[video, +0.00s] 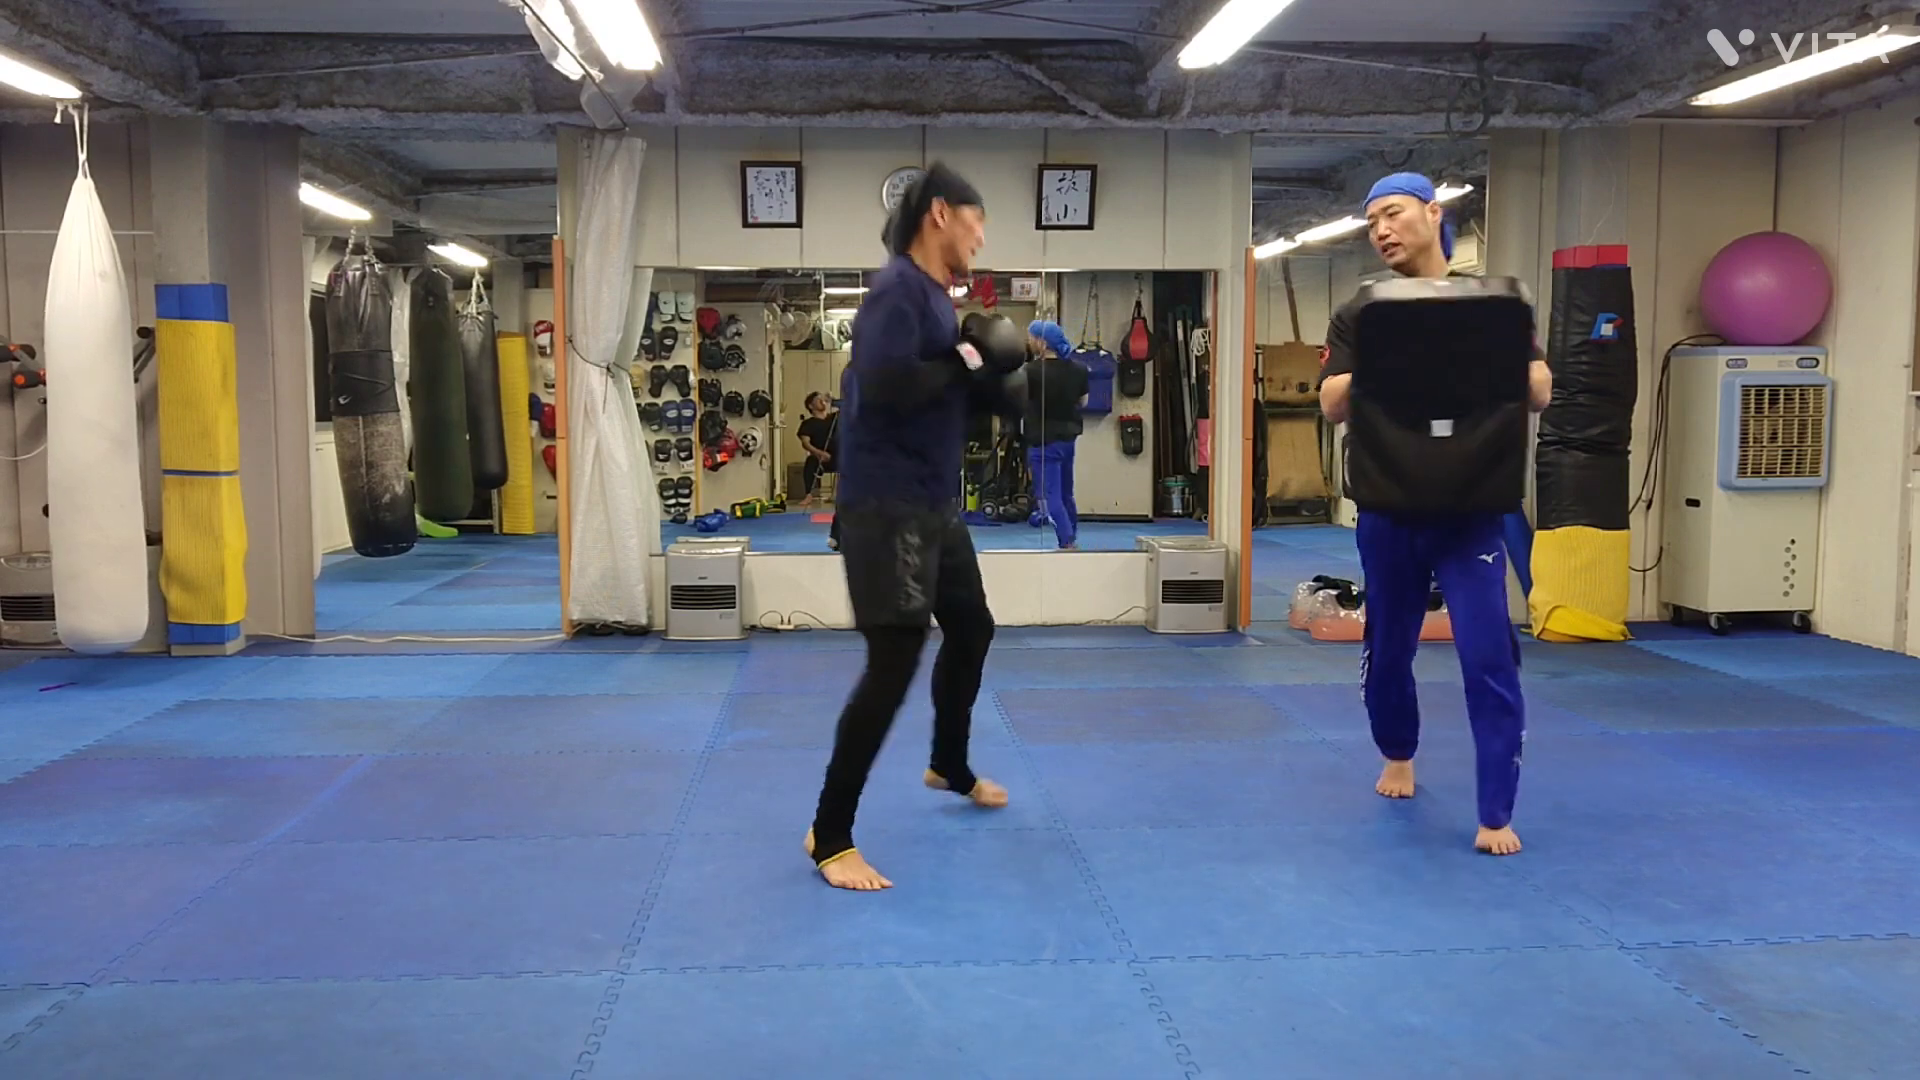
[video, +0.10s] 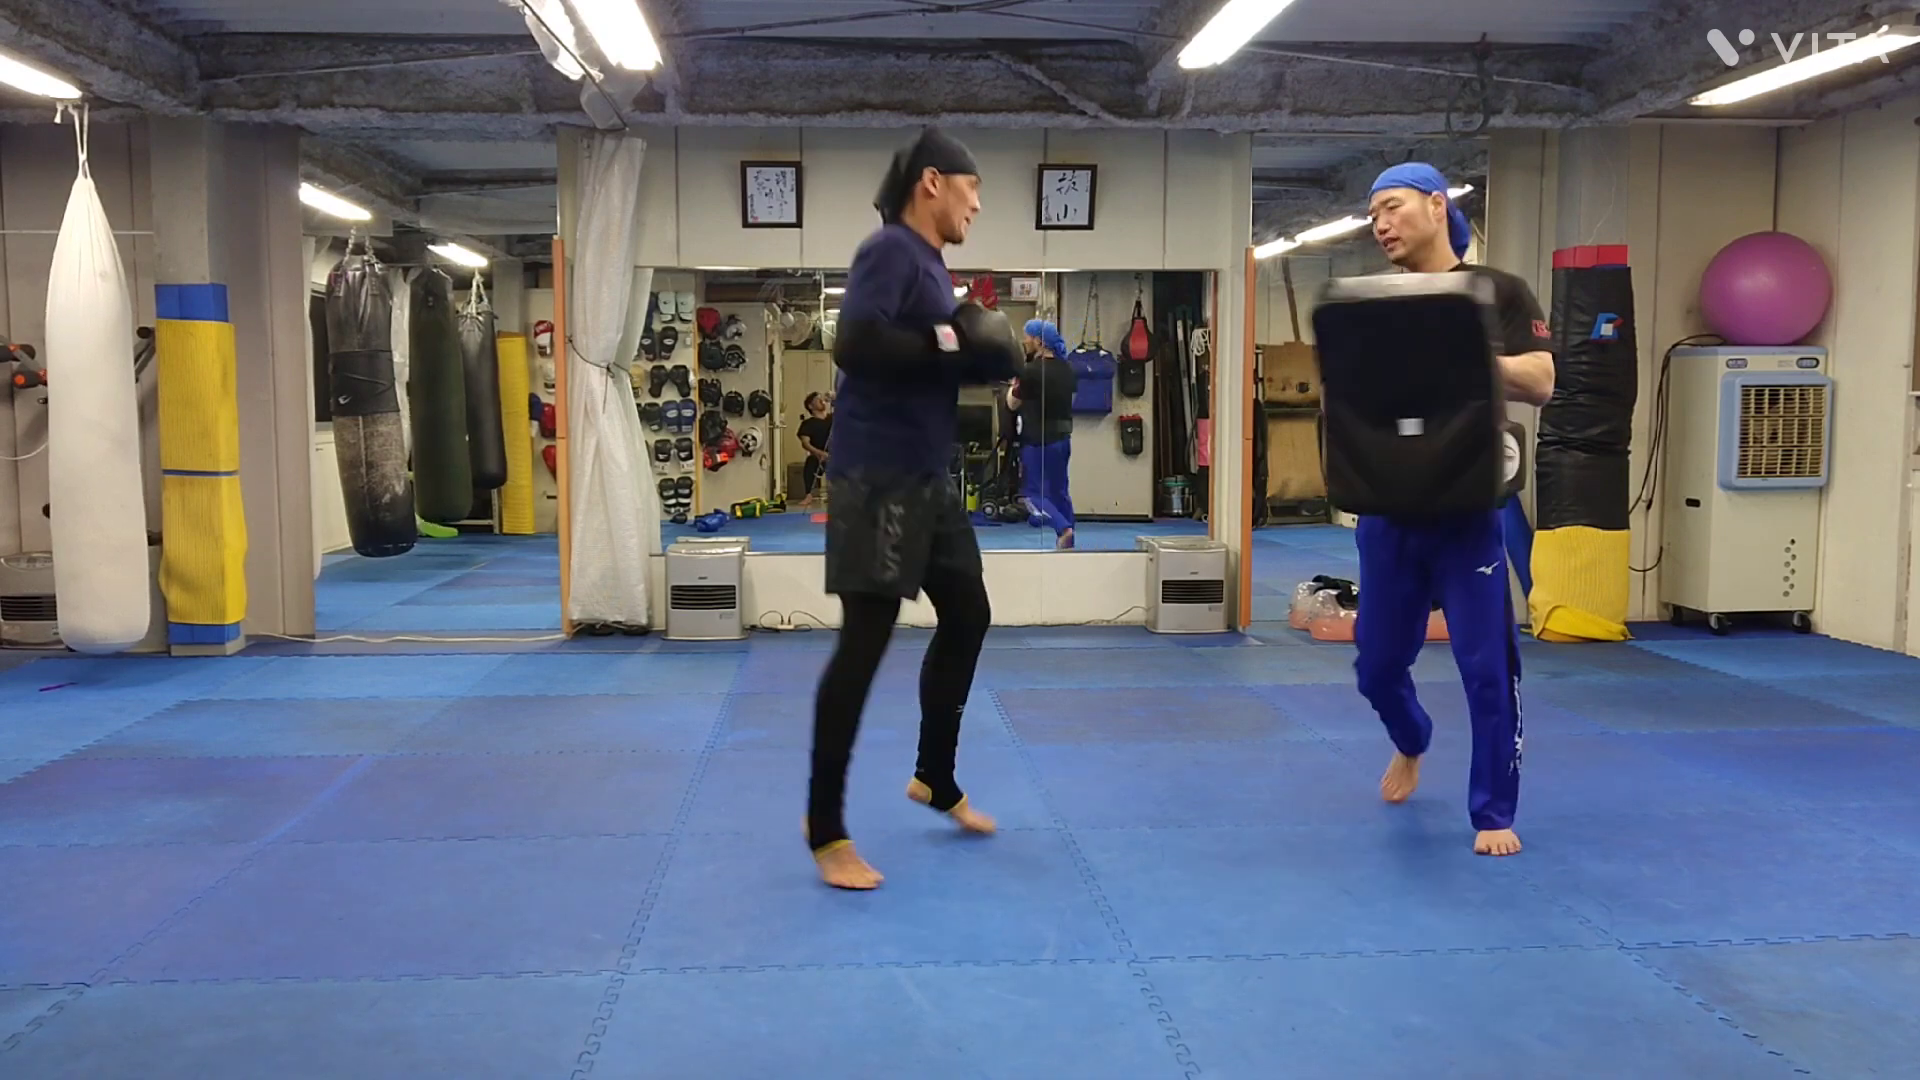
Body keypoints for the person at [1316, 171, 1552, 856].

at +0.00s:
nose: (1382, 230)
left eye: (1393, 214)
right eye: (1374, 222)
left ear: (1434, 215)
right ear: (1373, 237)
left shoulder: (1495, 297)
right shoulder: (1359, 310)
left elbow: (1540, 388)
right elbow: (1330, 404)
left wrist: (1482, 367)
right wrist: (1379, 368)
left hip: (1475, 508)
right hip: (1388, 510)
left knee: (1490, 655)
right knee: (1389, 649)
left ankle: (1496, 815)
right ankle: (1396, 754)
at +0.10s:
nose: (1381, 224)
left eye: (1393, 208)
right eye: (1375, 216)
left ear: (1438, 206)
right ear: (1376, 229)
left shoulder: (1499, 291)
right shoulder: (1376, 304)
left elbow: (1542, 380)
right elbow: (1350, 390)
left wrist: (1462, 358)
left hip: (1472, 509)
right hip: (1387, 510)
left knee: (1486, 670)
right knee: (1377, 670)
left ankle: (1494, 815)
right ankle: (1413, 738)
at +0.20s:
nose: (1374, 215)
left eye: (1385, 199)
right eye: (1370, 205)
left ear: (1433, 197)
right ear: (1381, 216)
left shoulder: (1492, 278)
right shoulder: (1380, 294)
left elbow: (1523, 370)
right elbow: (1352, 376)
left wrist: (1433, 356)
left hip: (1466, 511)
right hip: (1383, 511)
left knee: (1484, 669)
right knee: (1365, 667)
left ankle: (1496, 817)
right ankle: (1415, 781)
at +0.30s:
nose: (1363, 213)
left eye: (1375, 196)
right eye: (1361, 202)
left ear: (1423, 196)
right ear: (1391, 208)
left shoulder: (1477, 275)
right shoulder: (1374, 297)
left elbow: (1481, 367)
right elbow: (1347, 378)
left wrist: (1383, 348)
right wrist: (1288, 346)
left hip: (1454, 511)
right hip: (1376, 511)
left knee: (1470, 667)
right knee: (1367, 673)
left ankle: (1498, 811)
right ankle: (1390, 828)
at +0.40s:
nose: (1350, 213)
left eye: (1362, 197)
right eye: (1350, 201)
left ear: (1410, 200)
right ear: (1390, 208)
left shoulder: (1458, 280)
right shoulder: (1371, 308)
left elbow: (1441, 373)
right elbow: (1344, 394)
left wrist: (1340, 356)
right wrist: (1282, 341)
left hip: (1435, 525)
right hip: (1363, 523)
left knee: (1430, 681)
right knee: (1351, 682)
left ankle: (1493, 791)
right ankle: (1390, 834)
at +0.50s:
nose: (1341, 206)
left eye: (1352, 189)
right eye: (1343, 192)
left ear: (1399, 190)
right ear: (1394, 194)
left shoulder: (1440, 272)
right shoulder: (1385, 290)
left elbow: (1411, 371)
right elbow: (1371, 384)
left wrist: (1318, 351)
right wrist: (1301, 356)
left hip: (1416, 521)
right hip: (1359, 519)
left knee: (1388, 680)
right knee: (1348, 688)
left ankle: (1470, 817)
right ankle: (1388, 839)